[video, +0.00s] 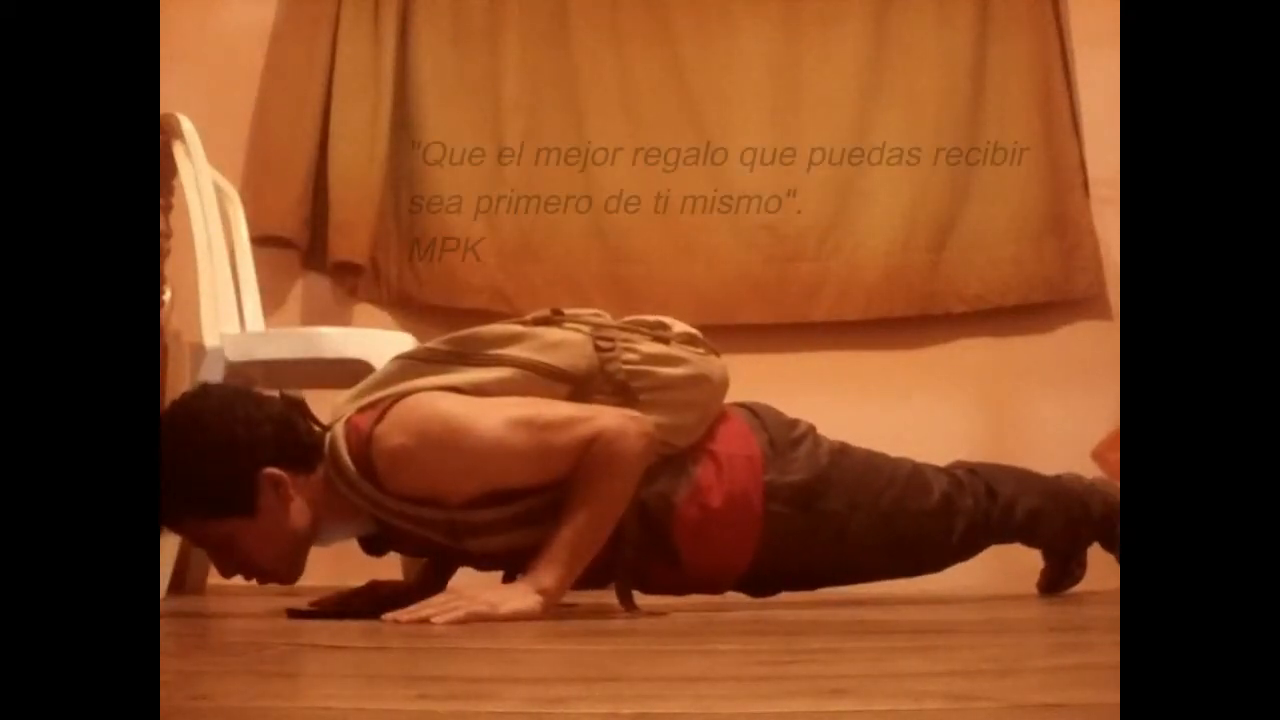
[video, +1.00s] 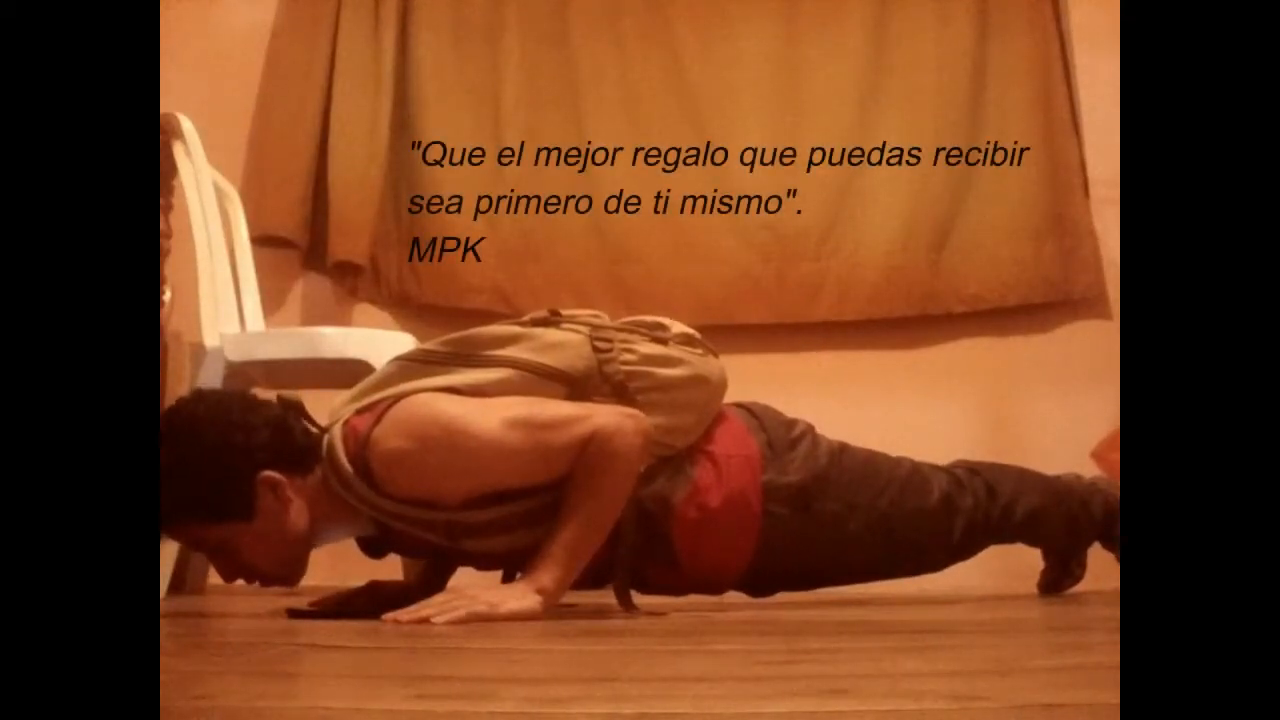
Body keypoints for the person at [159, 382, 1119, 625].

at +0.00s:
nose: (221, 567)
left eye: (219, 544)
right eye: (204, 552)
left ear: (277, 489)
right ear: (272, 482)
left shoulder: (411, 446)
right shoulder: (358, 454)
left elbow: (618, 441)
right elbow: (466, 540)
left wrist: (538, 588)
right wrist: (383, 588)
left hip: (743, 492)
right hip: (712, 504)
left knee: (946, 509)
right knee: (924, 508)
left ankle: (1094, 505)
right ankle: (1073, 506)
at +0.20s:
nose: (220, 569)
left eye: (218, 543)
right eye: (202, 552)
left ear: (274, 490)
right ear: (270, 480)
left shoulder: (409, 449)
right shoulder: (357, 456)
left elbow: (617, 440)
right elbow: (472, 534)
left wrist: (538, 588)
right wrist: (386, 587)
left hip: (742, 492)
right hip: (712, 504)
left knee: (946, 509)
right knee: (925, 508)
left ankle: (1095, 505)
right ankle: (1075, 507)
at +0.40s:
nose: (217, 569)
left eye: (216, 544)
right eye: (201, 552)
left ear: (274, 491)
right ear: (270, 482)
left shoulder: (408, 449)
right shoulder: (358, 455)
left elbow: (617, 439)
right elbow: (471, 535)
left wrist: (538, 589)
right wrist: (386, 588)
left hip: (742, 494)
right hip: (713, 497)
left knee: (948, 508)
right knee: (927, 505)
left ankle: (1096, 505)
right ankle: (1076, 507)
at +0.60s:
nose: (219, 570)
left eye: (217, 545)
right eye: (202, 553)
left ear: (273, 491)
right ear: (267, 483)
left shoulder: (405, 450)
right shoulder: (356, 458)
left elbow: (615, 440)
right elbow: (471, 536)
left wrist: (538, 589)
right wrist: (385, 588)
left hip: (739, 493)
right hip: (712, 497)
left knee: (949, 508)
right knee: (928, 505)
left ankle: (1097, 505)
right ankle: (1077, 507)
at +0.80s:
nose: (220, 570)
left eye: (217, 545)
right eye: (202, 554)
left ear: (273, 489)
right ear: (267, 481)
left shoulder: (404, 447)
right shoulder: (356, 459)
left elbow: (616, 439)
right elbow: (464, 540)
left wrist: (538, 588)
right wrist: (385, 587)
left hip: (739, 491)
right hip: (712, 497)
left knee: (948, 507)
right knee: (926, 504)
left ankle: (1096, 506)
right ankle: (1078, 506)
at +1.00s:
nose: (223, 572)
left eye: (219, 548)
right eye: (205, 558)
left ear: (274, 491)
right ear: (269, 482)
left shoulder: (406, 447)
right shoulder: (356, 457)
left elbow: (616, 440)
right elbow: (462, 541)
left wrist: (538, 588)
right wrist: (386, 588)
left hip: (737, 495)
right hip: (711, 494)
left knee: (946, 509)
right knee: (923, 505)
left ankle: (1094, 505)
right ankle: (1074, 507)